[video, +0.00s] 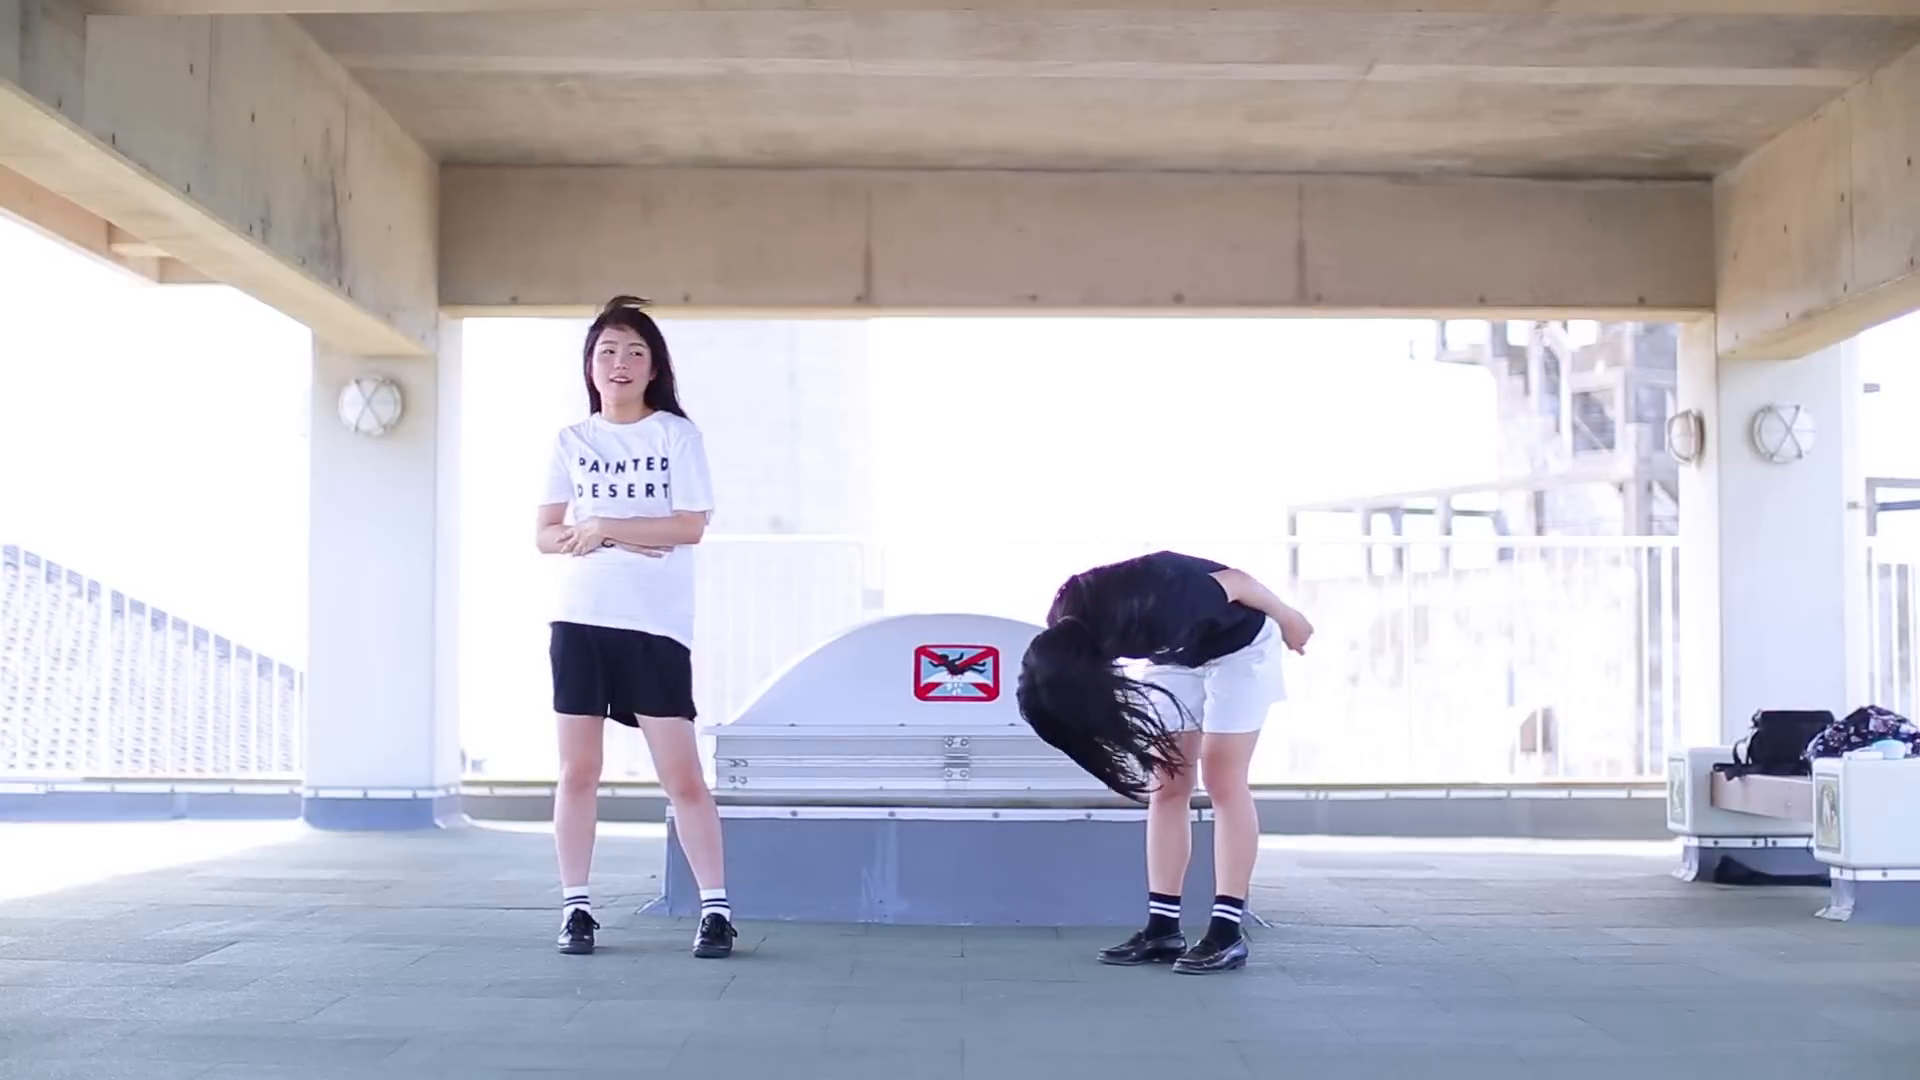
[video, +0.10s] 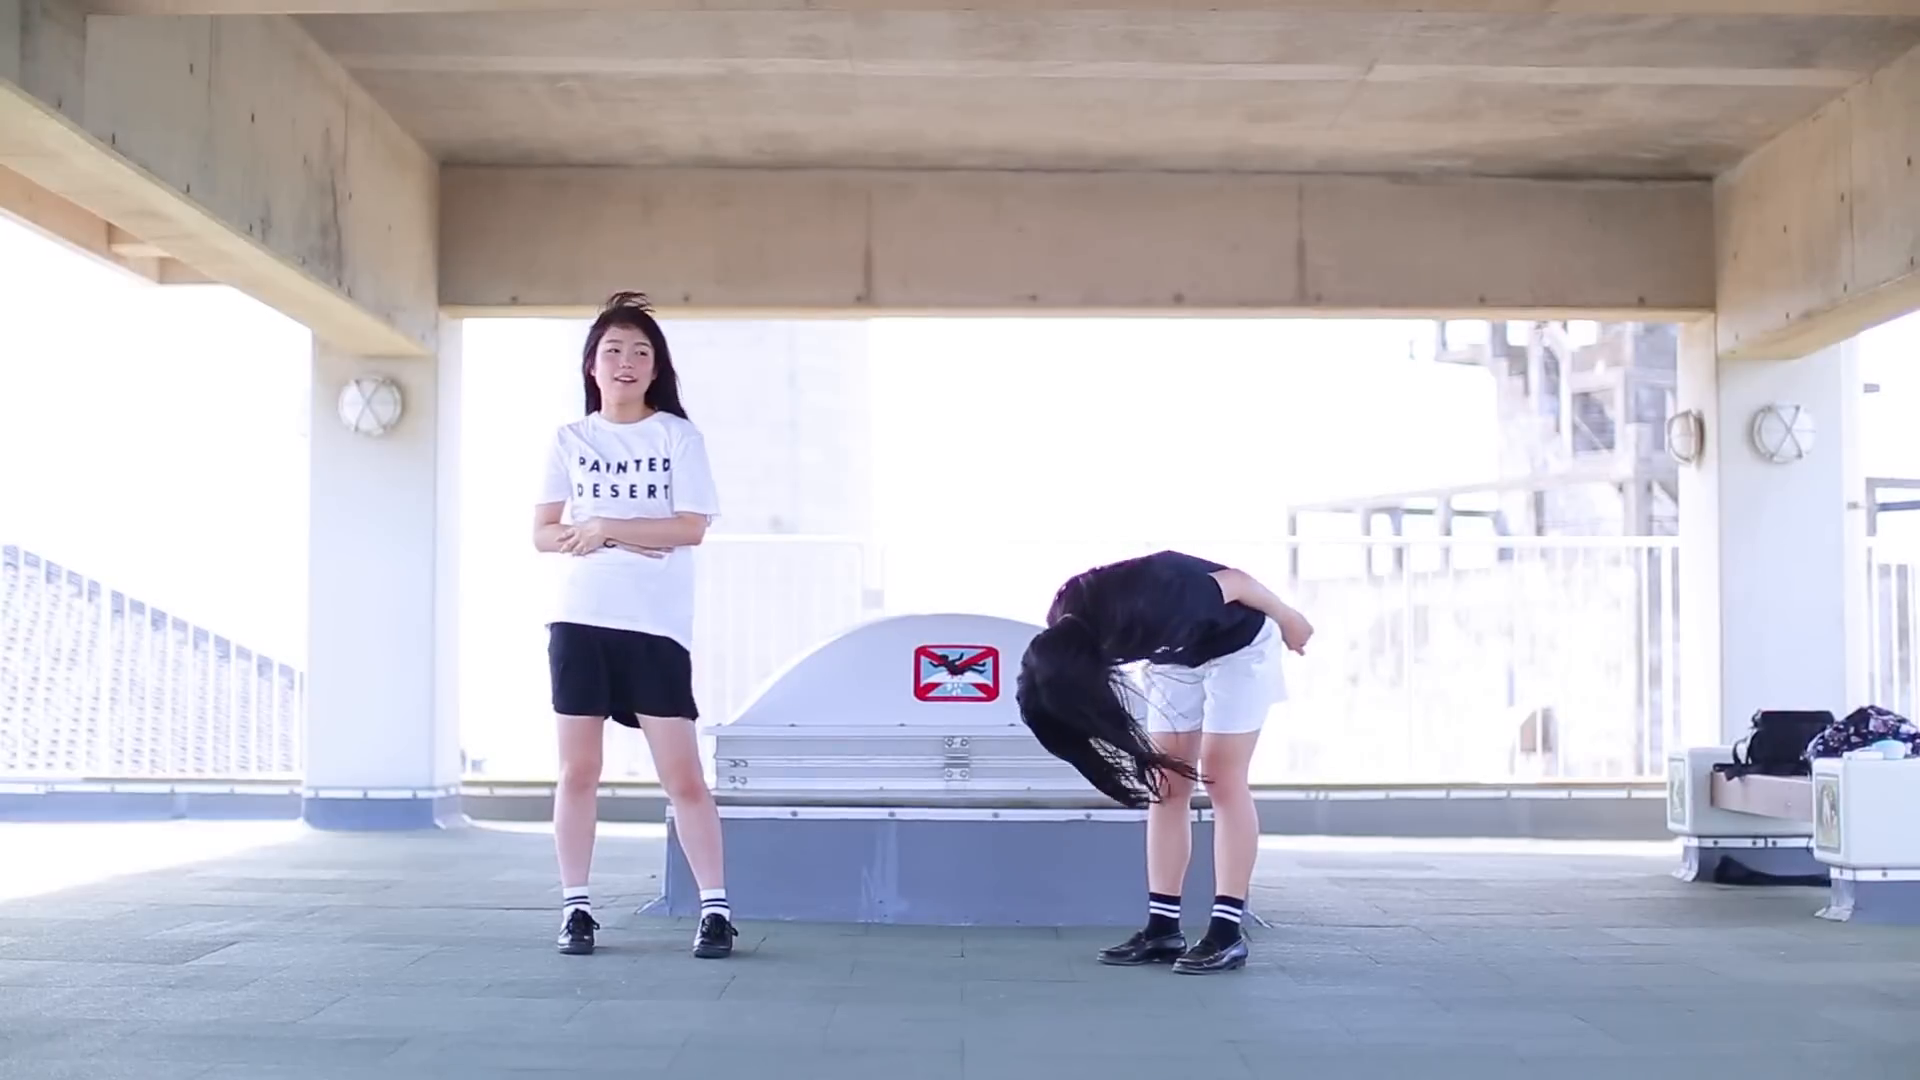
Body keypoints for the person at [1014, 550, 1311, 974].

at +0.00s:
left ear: (1093, 669)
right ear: (1042, 667)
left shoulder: (1163, 610)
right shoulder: (1060, 620)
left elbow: (1238, 582)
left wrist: (1288, 618)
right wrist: (1148, 746)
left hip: (1241, 643)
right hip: (1172, 654)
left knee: (1224, 780)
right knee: (1167, 784)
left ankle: (1226, 934)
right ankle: (1163, 929)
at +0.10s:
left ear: (1091, 667)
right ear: (1045, 665)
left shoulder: (1155, 608)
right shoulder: (1059, 624)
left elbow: (1238, 582)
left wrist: (1289, 619)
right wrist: (1147, 755)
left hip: (1240, 644)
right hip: (1170, 654)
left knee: (1224, 779)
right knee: (1166, 783)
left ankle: (1226, 934)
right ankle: (1163, 929)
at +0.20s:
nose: (1088, 717)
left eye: (1086, 710)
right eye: (1076, 718)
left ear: (1092, 669)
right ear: (1043, 666)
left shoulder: (1159, 610)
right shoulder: (1060, 620)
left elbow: (1239, 582)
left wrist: (1289, 618)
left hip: (1240, 646)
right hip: (1170, 654)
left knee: (1224, 780)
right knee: (1166, 786)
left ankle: (1226, 934)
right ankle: (1163, 929)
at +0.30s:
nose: (1077, 736)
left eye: (1078, 724)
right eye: (1065, 732)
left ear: (1092, 677)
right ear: (1040, 669)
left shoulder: (1161, 610)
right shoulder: (1060, 618)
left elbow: (1238, 582)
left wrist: (1288, 617)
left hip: (1240, 646)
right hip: (1170, 655)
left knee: (1224, 782)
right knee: (1167, 789)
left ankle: (1226, 934)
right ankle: (1162, 929)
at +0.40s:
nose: (1079, 728)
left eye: (1079, 717)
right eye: (1066, 724)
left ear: (1093, 672)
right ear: (1039, 669)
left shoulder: (1161, 610)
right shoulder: (1057, 630)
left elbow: (1239, 582)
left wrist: (1288, 617)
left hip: (1240, 645)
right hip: (1170, 655)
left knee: (1223, 781)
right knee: (1168, 786)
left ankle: (1226, 934)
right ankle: (1163, 929)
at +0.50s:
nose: (1075, 731)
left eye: (1075, 720)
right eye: (1063, 725)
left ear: (1089, 674)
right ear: (1038, 669)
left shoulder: (1157, 611)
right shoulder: (1062, 621)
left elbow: (1236, 583)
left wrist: (1287, 617)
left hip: (1238, 646)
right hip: (1169, 655)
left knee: (1222, 781)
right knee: (1167, 787)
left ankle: (1226, 934)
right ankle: (1162, 929)